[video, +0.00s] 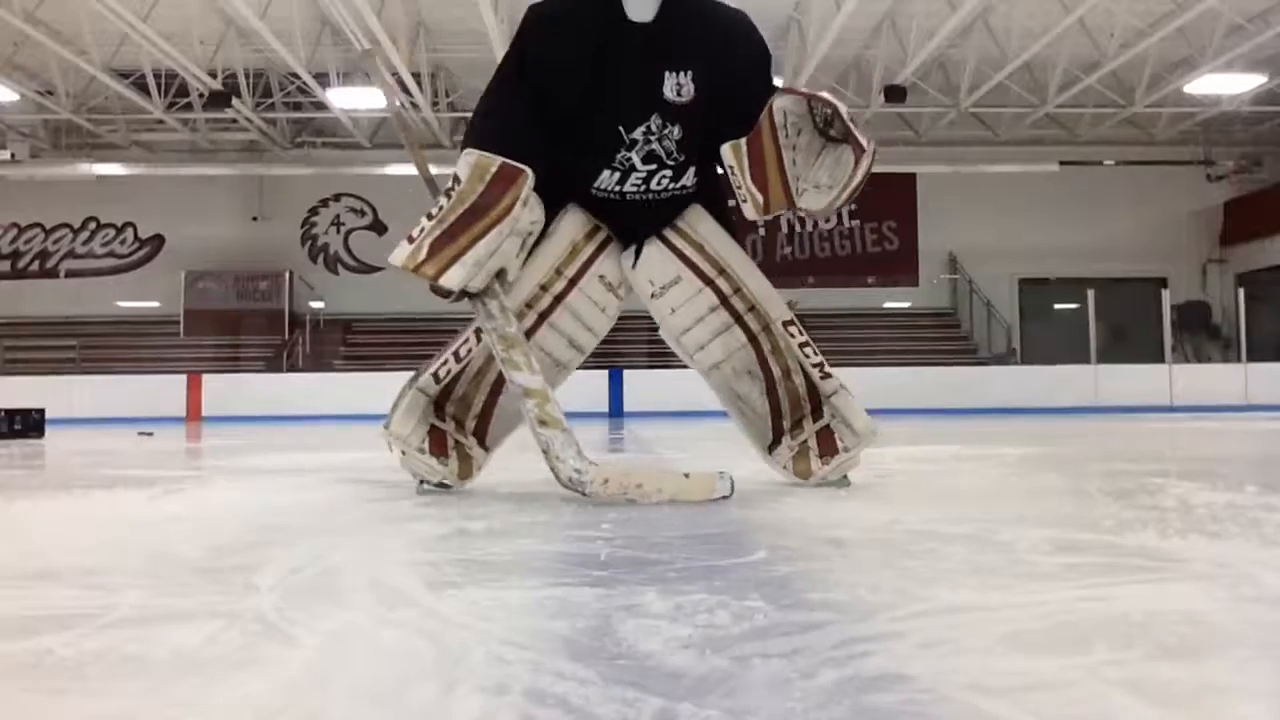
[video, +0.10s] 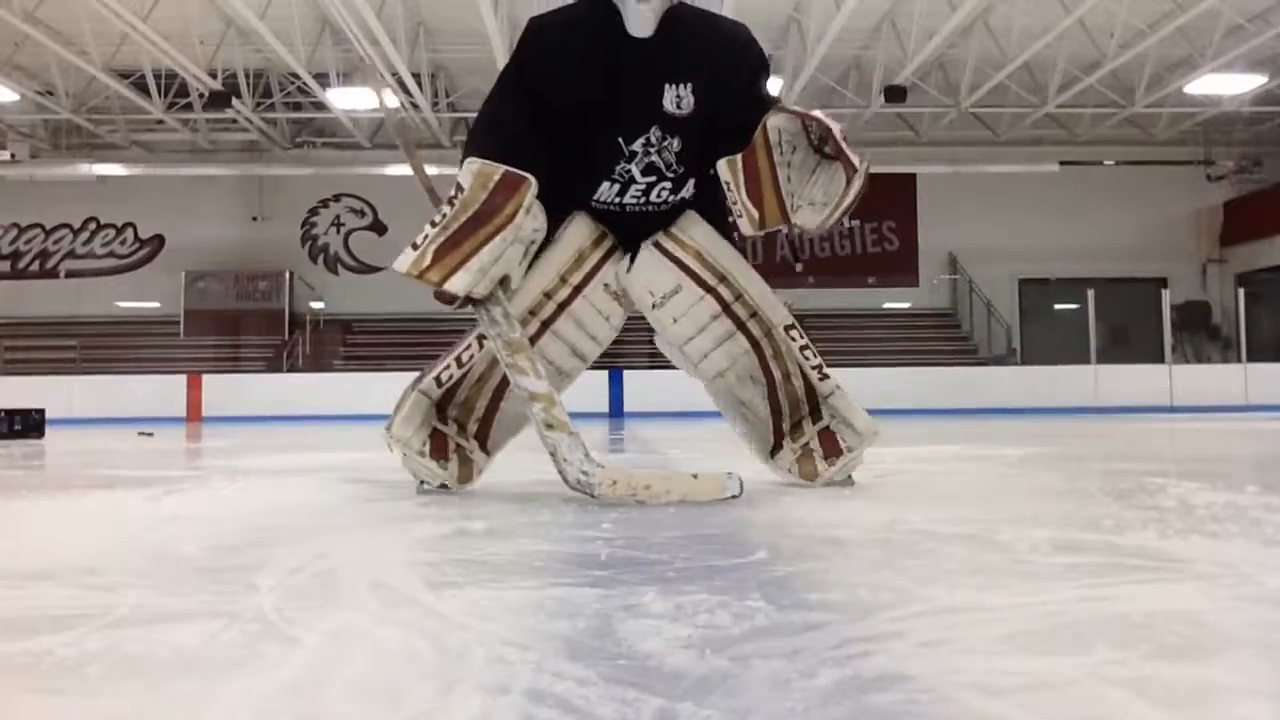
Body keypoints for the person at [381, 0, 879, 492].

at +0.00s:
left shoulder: (723, 33)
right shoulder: (559, 22)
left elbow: (758, 127)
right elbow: (504, 136)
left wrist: (806, 158)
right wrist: (470, 240)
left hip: (680, 206)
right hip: (576, 205)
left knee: (748, 318)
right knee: (526, 329)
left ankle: (814, 441)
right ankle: (440, 438)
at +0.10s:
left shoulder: (725, 46)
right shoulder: (555, 37)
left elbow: (753, 148)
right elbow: (501, 155)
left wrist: (808, 151)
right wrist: (472, 255)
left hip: (683, 221)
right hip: (576, 221)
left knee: (752, 328)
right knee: (525, 342)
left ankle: (817, 445)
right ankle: (441, 443)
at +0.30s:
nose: (647, 18)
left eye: (661, 7)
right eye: (633, 6)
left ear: (680, 12)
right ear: (612, 9)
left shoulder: (721, 95)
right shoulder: (552, 91)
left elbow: (756, 227)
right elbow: (496, 211)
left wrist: (796, 224)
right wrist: (485, 286)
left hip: (694, 331)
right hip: (580, 332)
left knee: (709, 485)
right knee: (586, 491)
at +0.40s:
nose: (642, 57)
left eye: (657, 43)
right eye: (630, 41)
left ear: (678, 47)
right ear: (610, 43)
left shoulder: (724, 138)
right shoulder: (552, 130)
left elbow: (755, 250)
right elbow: (497, 243)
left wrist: (770, 294)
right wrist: (469, 319)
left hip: (689, 346)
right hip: (580, 346)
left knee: (716, 500)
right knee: (575, 507)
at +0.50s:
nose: (615, 65)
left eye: (631, 50)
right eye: (606, 50)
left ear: (670, 53)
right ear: (595, 52)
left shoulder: (721, 137)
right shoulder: (551, 133)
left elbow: (747, 248)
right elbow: (504, 249)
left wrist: (716, 310)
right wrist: (459, 324)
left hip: (694, 357)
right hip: (579, 357)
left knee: (720, 504)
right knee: (584, 509)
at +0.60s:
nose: (581, 58)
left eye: (598, 43)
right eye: (580, 43)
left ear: (641, 51)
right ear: (573, 47)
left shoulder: (709, 131)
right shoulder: (544, 135)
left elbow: (723, 254)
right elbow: (523, 245)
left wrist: (644, 276)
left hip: (689, 352)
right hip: (579, 356)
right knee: (587, 511)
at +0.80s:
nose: (536, 47)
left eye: (549, 31)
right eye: (535, 35)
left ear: (589, 33)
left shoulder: (646, 103)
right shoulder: (528, 134)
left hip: (680, 336)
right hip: (584, 346)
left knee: (716, 484)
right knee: (591, 488)